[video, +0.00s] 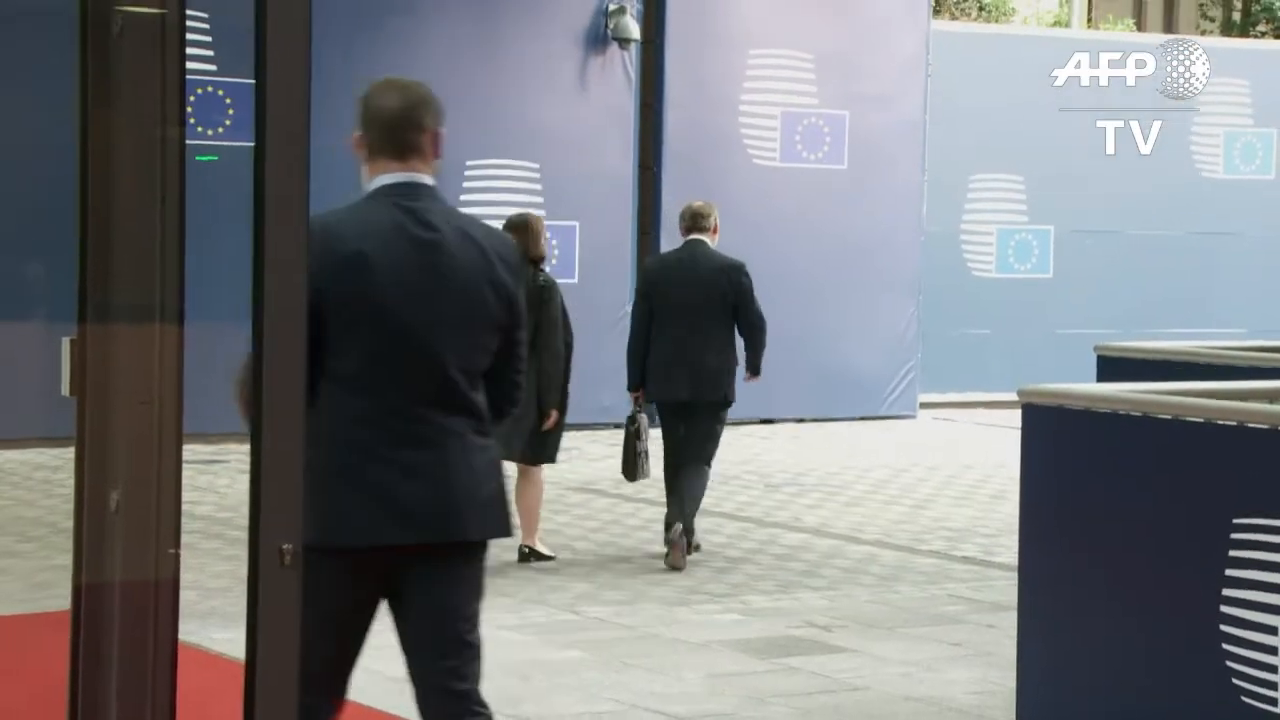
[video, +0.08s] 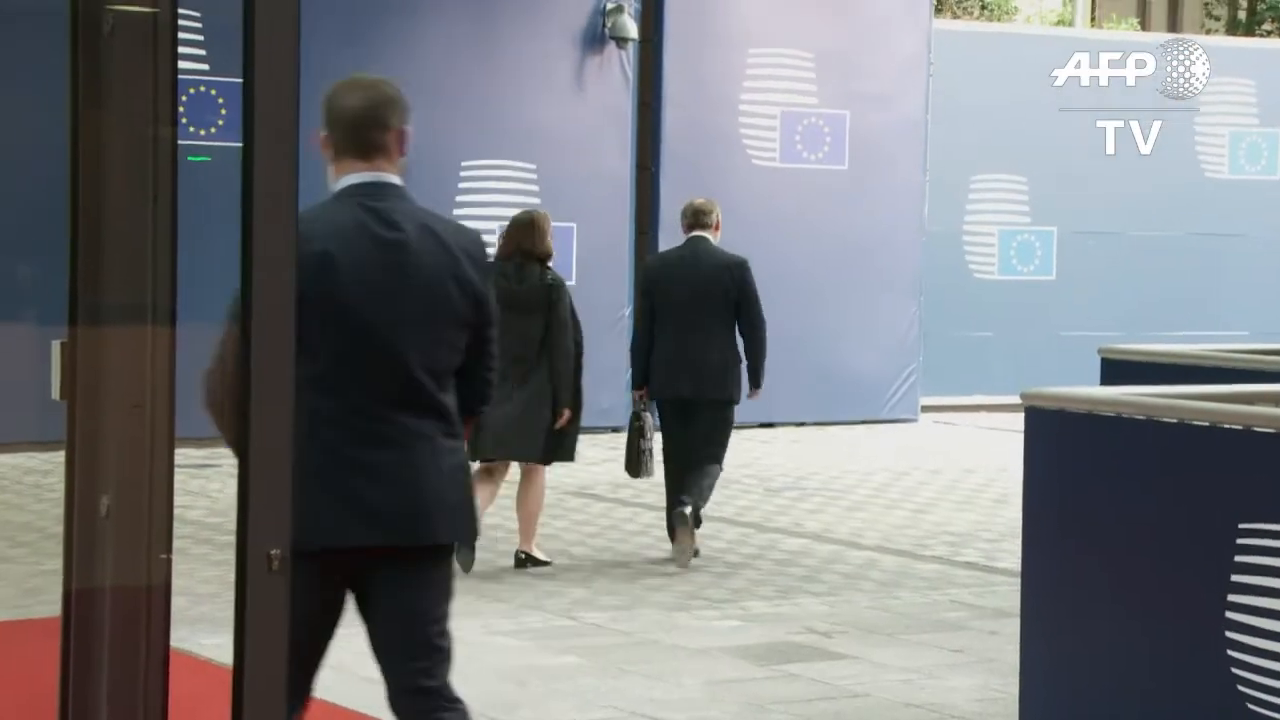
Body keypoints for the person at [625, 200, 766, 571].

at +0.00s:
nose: (717, 234)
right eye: (717, 230)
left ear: (681, 231)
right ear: (715, 231)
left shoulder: (654, 268)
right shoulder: (731, 270)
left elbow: (639, 330)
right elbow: (753, 325)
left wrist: (635, 381)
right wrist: (753, 364)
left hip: (665, 381)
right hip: (713, 383)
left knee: (675, 456)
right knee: (699, 460)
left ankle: (684, 531)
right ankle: (679, 525)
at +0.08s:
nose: (719, 231)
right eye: (719, 226)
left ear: (683, 228)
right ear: (717, 227)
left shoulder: (655, 266)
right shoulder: (734, 267)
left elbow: (643, 329)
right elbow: (753, 325)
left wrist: (640, 379)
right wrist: (756, 374)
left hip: (669, 379)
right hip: (717, 380)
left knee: (676, 456)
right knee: (710, 456)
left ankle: (683, 537)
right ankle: (688, 507)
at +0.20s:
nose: (724, 228)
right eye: (726, 223)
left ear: (690, 223)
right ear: (724, 223)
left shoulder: (661, 260)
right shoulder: (740, 263)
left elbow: (647, 323)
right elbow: (753, 328)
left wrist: (643, 375)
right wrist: (757, 379)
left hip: (673, 377)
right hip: (722, 378)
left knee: (677, 457)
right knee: (721, 450)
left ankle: (679, 547)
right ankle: (703, 517)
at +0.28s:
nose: (731, 230)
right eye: (732, 225)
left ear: (695, 224)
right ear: (729, 225)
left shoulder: (663, 261)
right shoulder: (743, 264)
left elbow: (649, 323)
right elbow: (755, 330)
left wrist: (644, 374)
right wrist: (755, 380)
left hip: (675, 378)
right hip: (724, 378)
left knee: (677, 462)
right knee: (727, 451)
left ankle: (678, 549)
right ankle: (718, 534)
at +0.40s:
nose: (737, 236)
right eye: (738, 231)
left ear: (702, 230)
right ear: (736, 231)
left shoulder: (671, 266)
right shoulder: (749, 271)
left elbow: (653, 326)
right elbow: (758, 336)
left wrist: (648, 379)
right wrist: (757, 386)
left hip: (679, 382)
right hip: (726, 384)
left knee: (678, 463)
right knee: (731, 458)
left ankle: (674, 550)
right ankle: (736, 534)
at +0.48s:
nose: (746, 239)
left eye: (740, 234)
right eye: (746, 234)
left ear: (709, 234)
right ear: (742, 234)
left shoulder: (676, 268)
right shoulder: (754, 275)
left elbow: (658, 330)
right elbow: (763, 340)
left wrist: (653, 383)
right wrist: (761, 391)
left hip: (682, 385)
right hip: (729, 387)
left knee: (680, 463)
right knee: (733, 459)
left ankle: (673, 547)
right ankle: (737, 537)